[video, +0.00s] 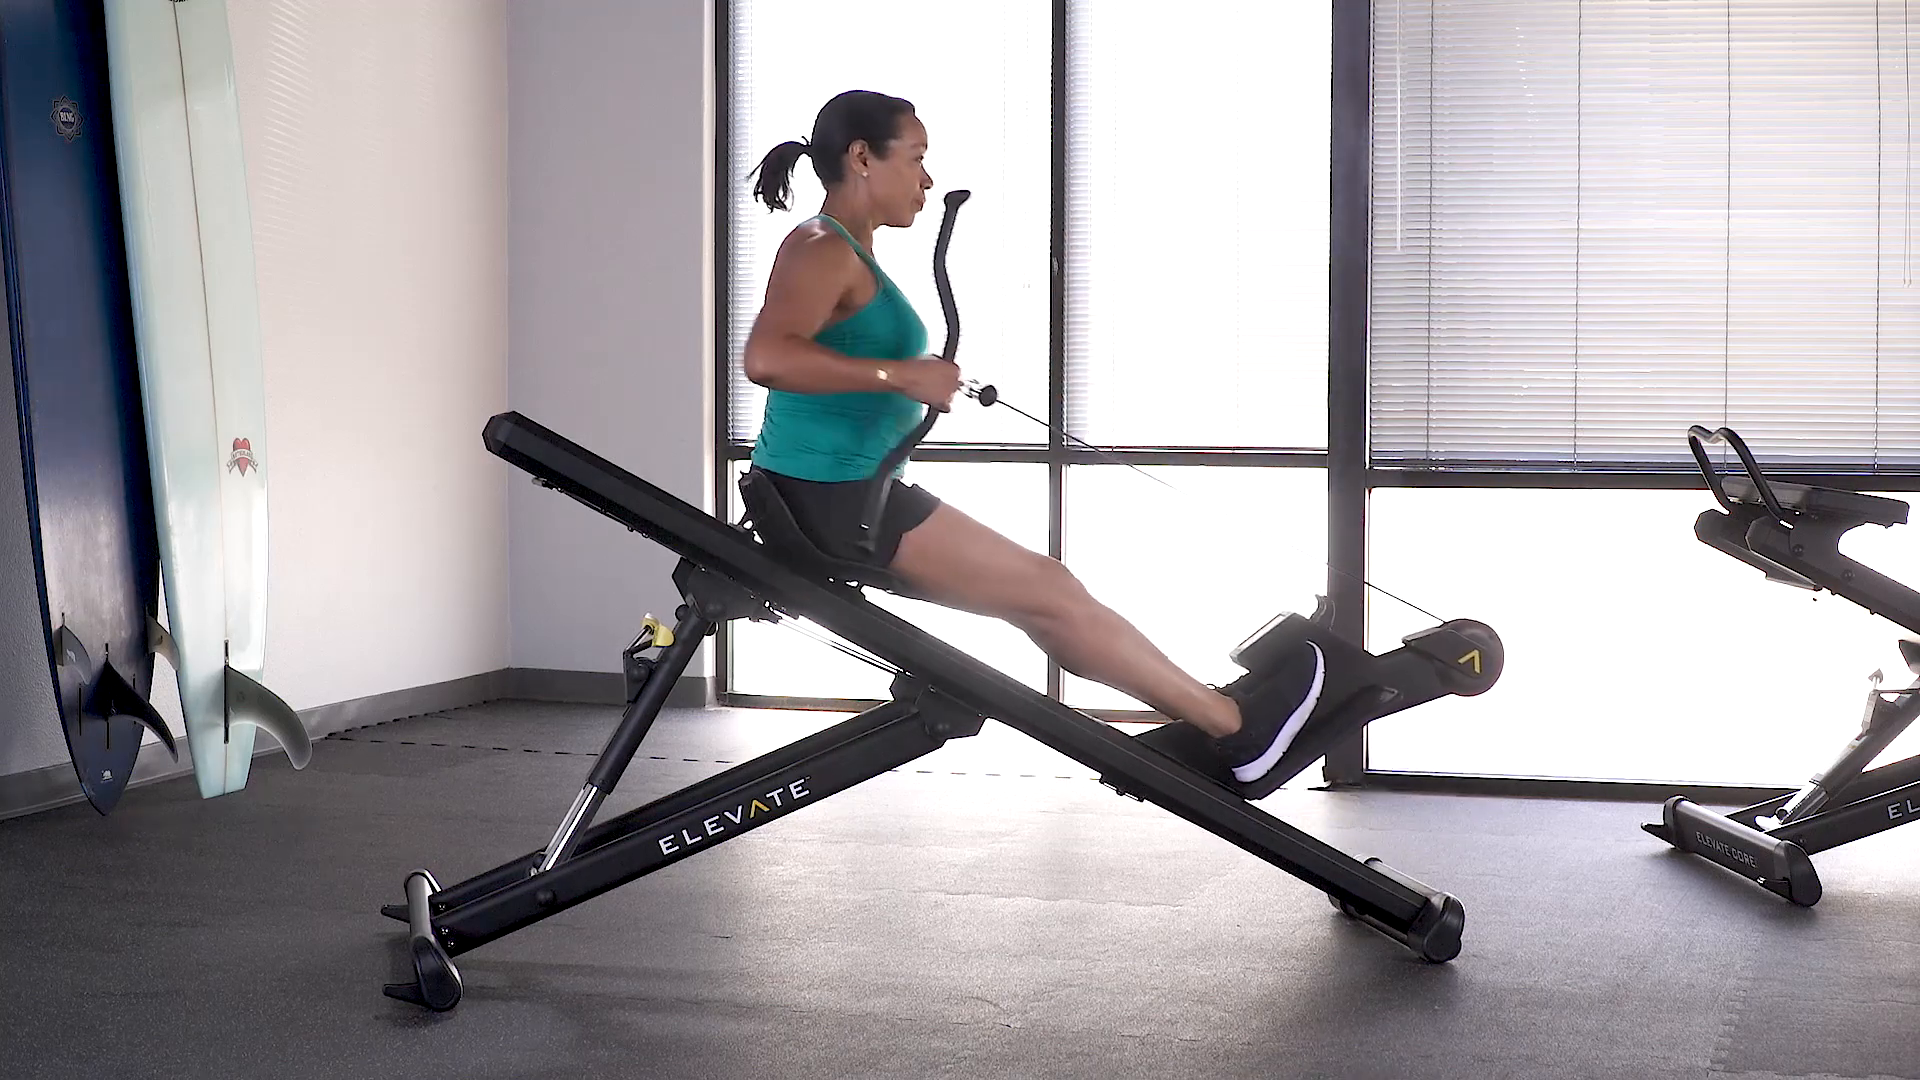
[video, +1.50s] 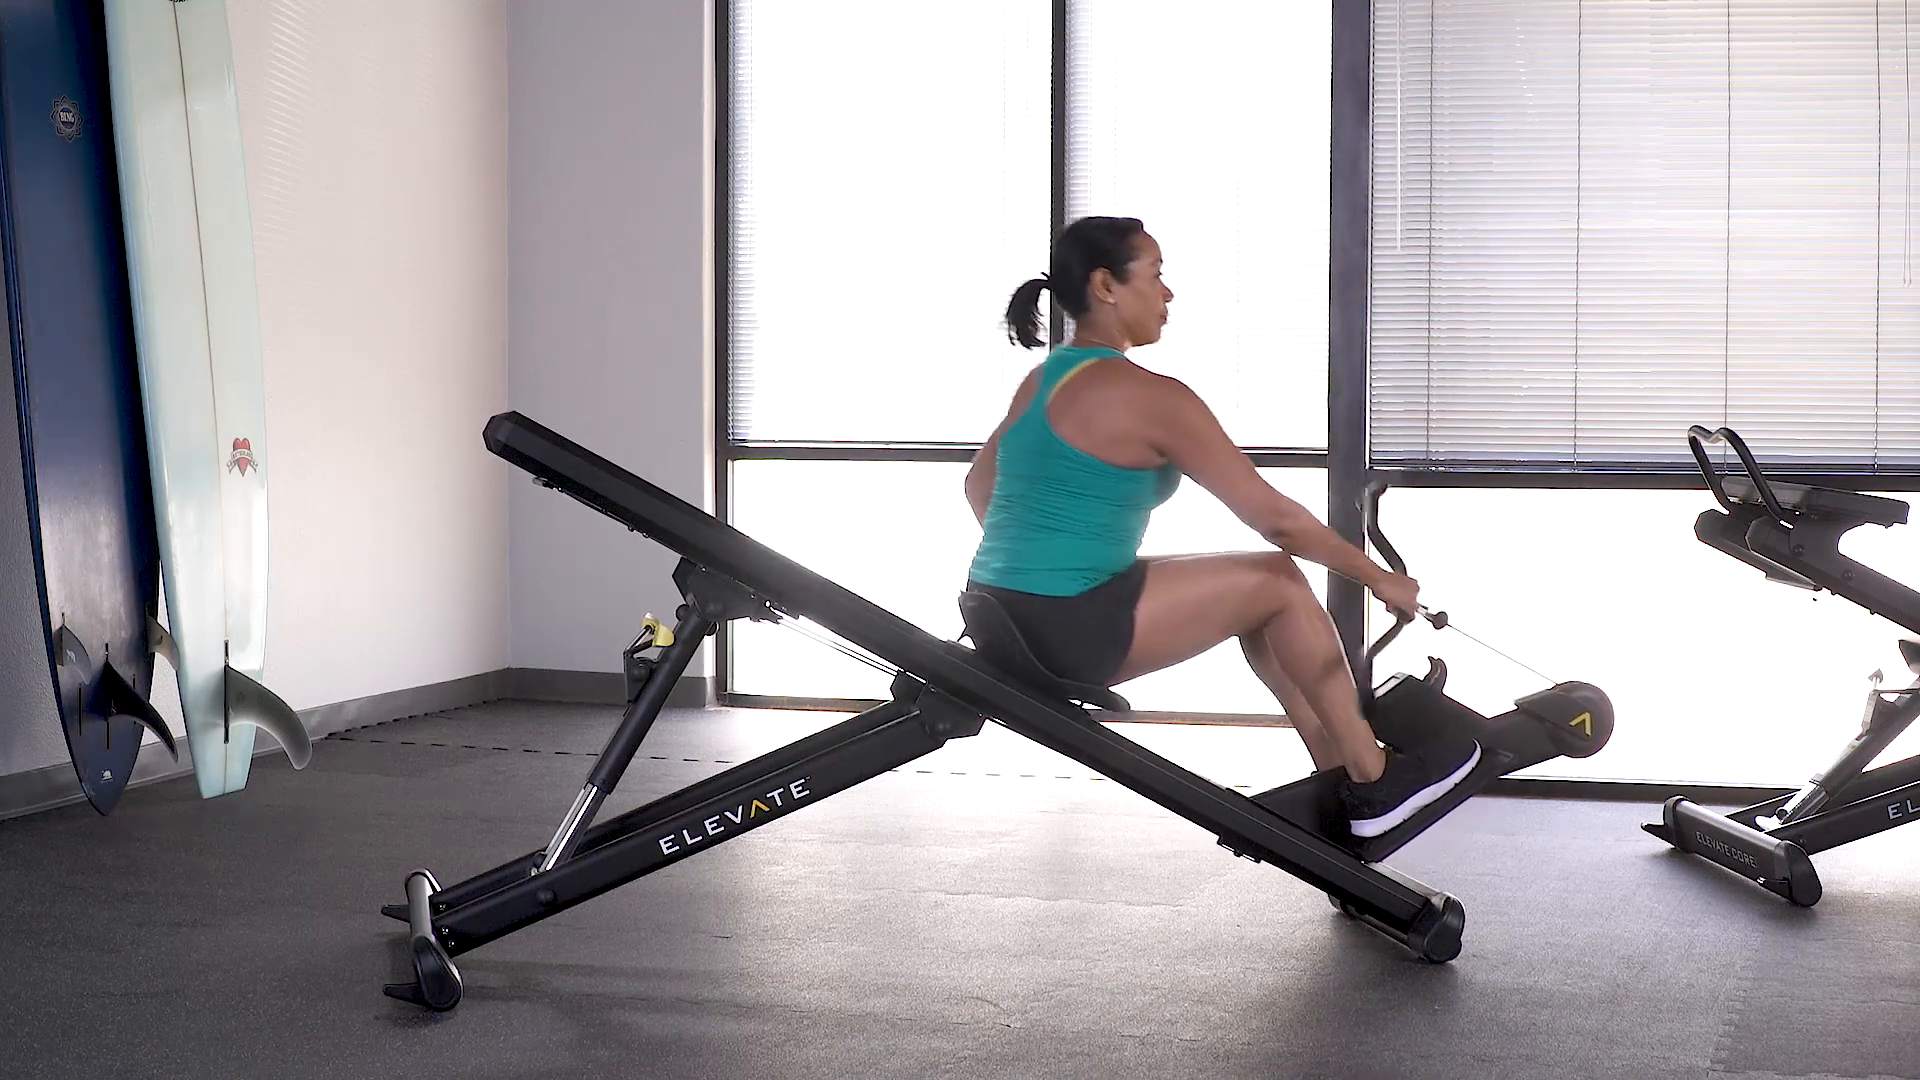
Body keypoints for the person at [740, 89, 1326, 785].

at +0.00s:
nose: (926, 178)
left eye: (923, 160)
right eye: (914, 159)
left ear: (863, 164)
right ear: (860, 162)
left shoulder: (844, 249)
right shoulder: (820, 249)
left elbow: (797, 356)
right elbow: (766, 355)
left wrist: (908, 374)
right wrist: (895, 375)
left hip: (848, 488)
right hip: (821, 498)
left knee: (1049, 585)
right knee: (1046, 593)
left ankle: (1215, 713)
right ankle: (1228, 721)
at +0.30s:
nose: (937, 189)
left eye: (935, 171)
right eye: (927, 171)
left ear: (878, 174)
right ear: (875, 172)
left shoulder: (859, 262)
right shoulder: (836, 265)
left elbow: (825, 380)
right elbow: (801, 382)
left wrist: (934, 388)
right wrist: (930, 387)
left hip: (862, 500)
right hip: (843, 510)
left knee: (1073, 580)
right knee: (1077, 581)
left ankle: (1234, 718)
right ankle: (1243, 725)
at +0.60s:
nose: (1068, 250)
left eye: (1065, 232)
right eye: (1056, 231)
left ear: (1002, 238)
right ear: (1005, 236)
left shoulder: (954, 328)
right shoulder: (1008, 338)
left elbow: (905, 450)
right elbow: (1090, 467)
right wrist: (1200, 491)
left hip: (927, 570)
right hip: (973, 576)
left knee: (1184, 577)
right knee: (1196, 565)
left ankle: (1291, 741)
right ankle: (1323, 754)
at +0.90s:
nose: (1206, 319)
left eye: (1202, 302)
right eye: (1195, 302)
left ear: (1139, 310)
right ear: (1144, 307)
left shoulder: (1079, 395)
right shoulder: (1191, 422)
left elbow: (1005, 503)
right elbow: (1313, 531)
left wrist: (1062, 579)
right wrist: (1416, 589)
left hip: (1028, 628)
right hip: (1101, 644)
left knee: (1285, 575)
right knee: (1315, 579)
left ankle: (1343, 763)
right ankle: (1383, 782)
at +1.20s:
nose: (1265, 346)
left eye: (1261, 330)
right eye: (1253, 331)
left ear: (1196, 342)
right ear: (1204, 340)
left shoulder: (1127, 425)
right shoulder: (1261, 451)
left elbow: (1046, 522)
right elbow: (1390, 551)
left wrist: (1087, 596)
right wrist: (1488, 625)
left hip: (1070, 651)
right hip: (1143, 670)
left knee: (1312, 573)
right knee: (1347, 582)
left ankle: (1361, 763)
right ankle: (1403, 795)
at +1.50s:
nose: (1168, 293)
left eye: (1162, 276)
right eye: (1155, 276)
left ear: (1097, 290)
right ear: (1105, 288)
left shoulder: (1044, 378)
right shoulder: (1157, 400)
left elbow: (980, 485)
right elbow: (1277, 520)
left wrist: (1039, 560)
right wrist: (1378, 576)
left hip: (996, 608)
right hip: (1066, 622)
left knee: (1257, 581)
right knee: (1281, 580)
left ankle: (1335, 762)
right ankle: (1372, 771)